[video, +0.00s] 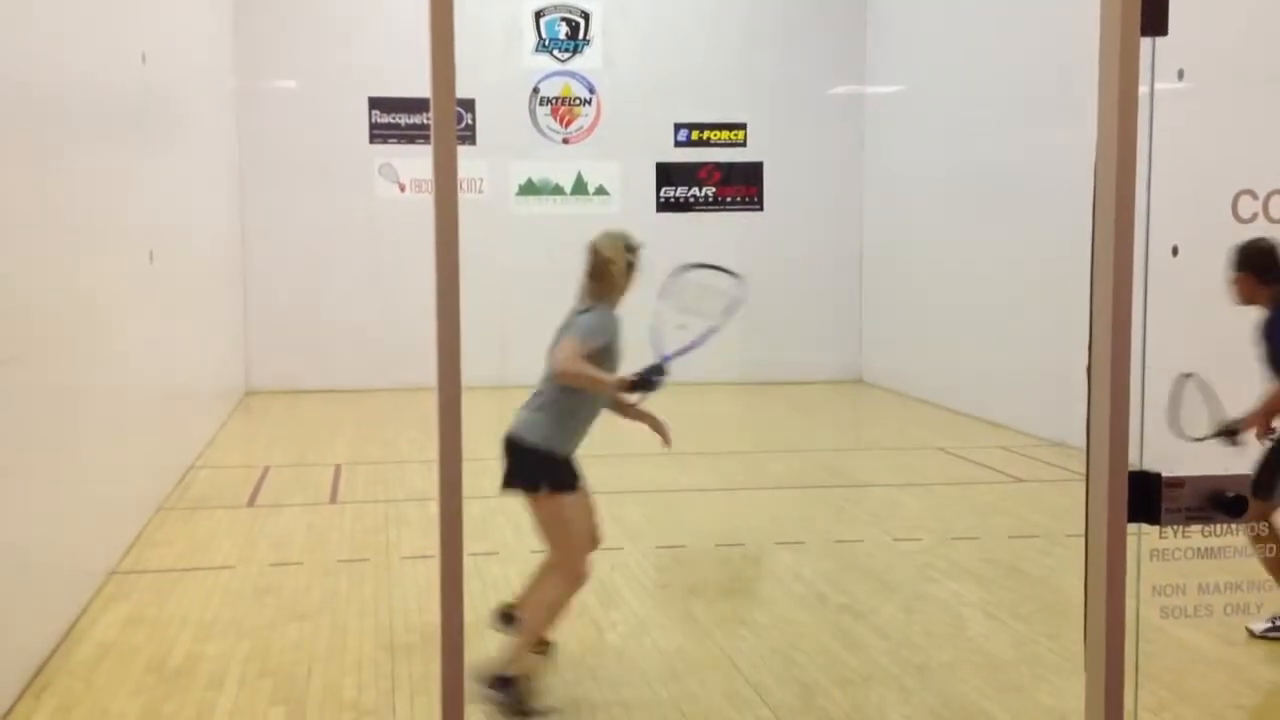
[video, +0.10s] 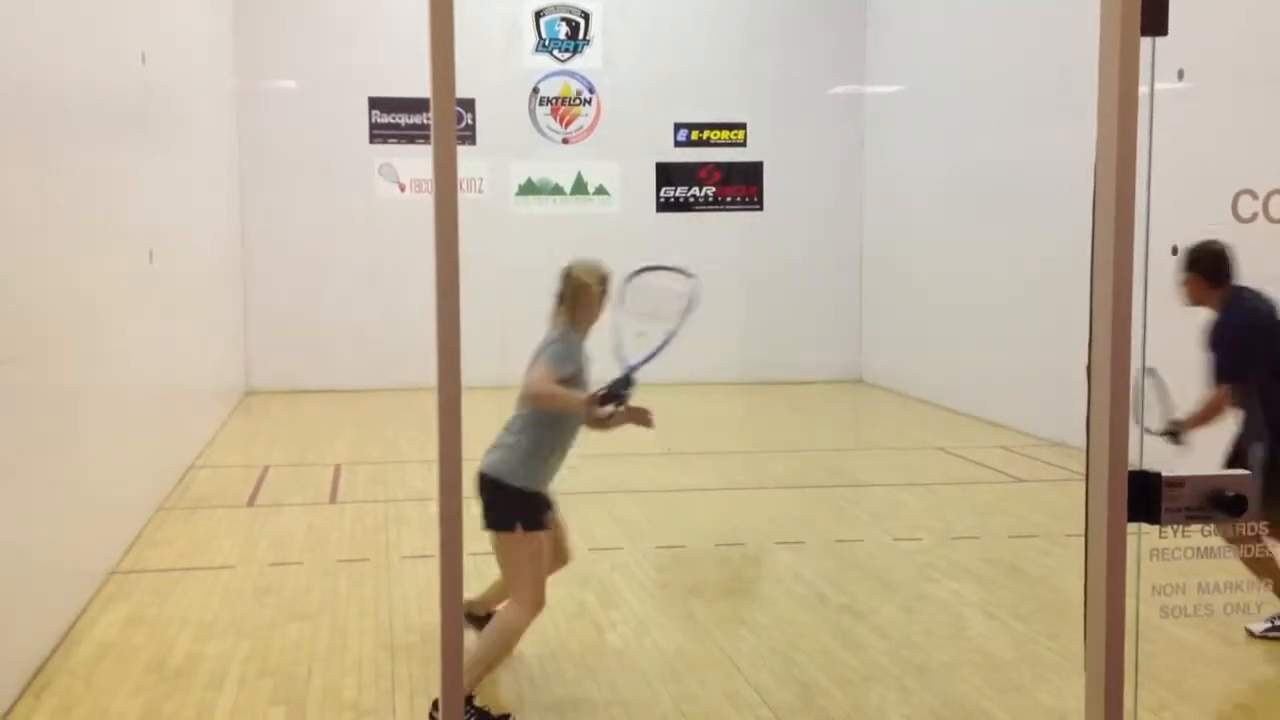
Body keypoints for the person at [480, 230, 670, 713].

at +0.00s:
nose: (633, 276)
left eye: (632, 268)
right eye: (632, 268)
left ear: (595, 268)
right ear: (624, 272)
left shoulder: (599, 320)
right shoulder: (595, 318)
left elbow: (591, 388)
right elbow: (563, 364)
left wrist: (641, 416)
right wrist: (618, 385)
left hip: (548, 446)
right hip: (537, 448)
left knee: (584, 540)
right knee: (570, 563)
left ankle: (522, 613)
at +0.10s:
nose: (602, 305)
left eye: (602, 296)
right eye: (601, 296)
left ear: (568, 295)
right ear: (592, 298)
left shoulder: (572, 348)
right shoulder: (563, 344)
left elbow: (579, 417)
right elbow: (535, 390)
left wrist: (621, 416)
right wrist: (585, 403)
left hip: (525, 483)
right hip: (509, 483)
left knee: (555, 555)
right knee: (527, 600)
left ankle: (479, 607)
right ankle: (457, 698)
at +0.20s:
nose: (590, 312)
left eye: (589, 303)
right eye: (591, 303)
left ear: (552, 299)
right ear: (586, 309)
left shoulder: (554, 352)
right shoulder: (543, 349)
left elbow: (568, 412)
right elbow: (510, 396)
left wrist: (594, 409)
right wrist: (567, 405)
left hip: (507, 474)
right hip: (491, 475)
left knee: (538, 551)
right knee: (507, 580)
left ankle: (473, 621)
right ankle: (459, 691)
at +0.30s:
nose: (589, 296)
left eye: (589, 288)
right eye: (589, 288)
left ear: (555, 281)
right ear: (579, 291)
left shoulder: (557, 333)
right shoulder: (536, 330)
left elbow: (555, 380)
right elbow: (502, 374)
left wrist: (576, 378)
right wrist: (557, 381)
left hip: (494, 446)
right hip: (476, 448)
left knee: (525, 530)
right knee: (499, 551)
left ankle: (472, 624)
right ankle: (461, 662)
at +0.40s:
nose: (591, 293)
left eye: (592, 286)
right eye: (591, 285)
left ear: (559, 278)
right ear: (577, 285)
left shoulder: (559, 325)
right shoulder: (536, 316)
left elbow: (576, 378)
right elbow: (497, 341)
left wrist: (592, 384)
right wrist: (550, 353)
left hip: (475, 429)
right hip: (461, 430)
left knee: (505, 515)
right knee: (501, 526)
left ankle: (469, 612)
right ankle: (460, 631)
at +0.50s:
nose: (584, 304)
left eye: (587, 297)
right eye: (583, 295)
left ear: (556, 287)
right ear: (571, 295)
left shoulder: (556, 341)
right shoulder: (531, 320)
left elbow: (572, 398)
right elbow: (485, 330)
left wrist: (590, 408)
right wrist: (539, 330)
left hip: (470, 434)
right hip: (454, 435)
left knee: (486, 517)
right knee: (481, 539)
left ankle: (467, 597)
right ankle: (453, 643)